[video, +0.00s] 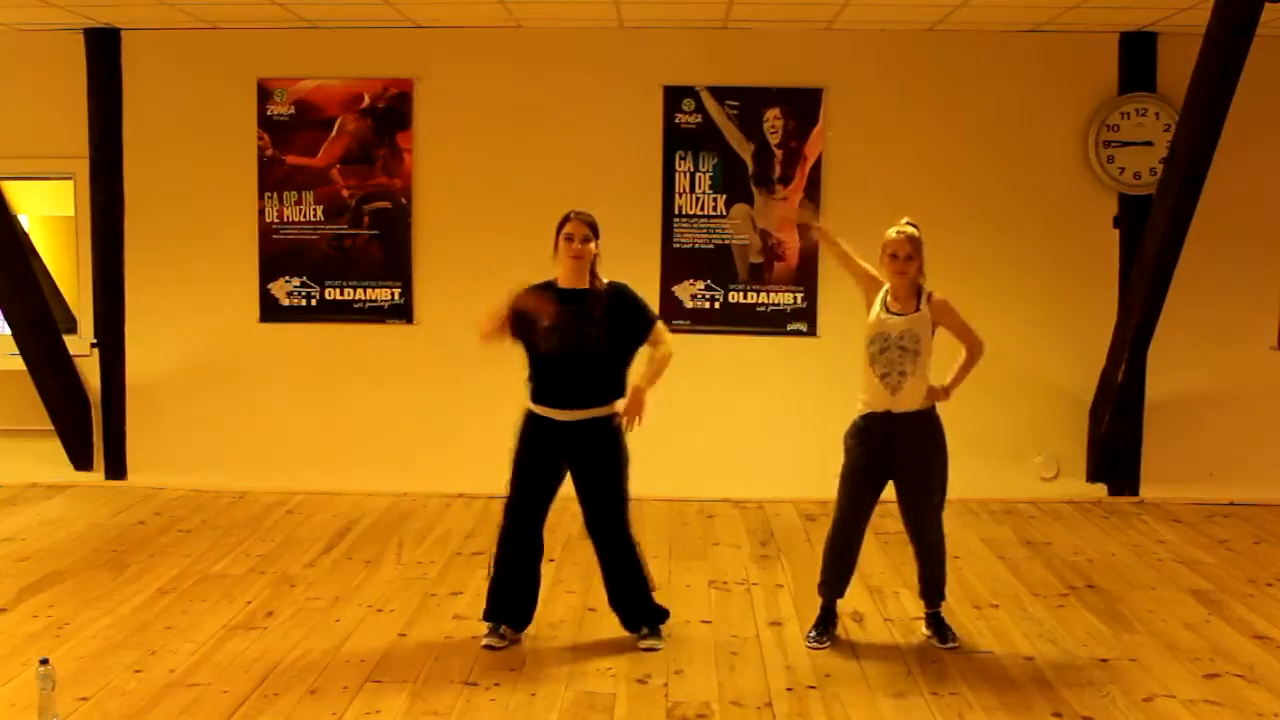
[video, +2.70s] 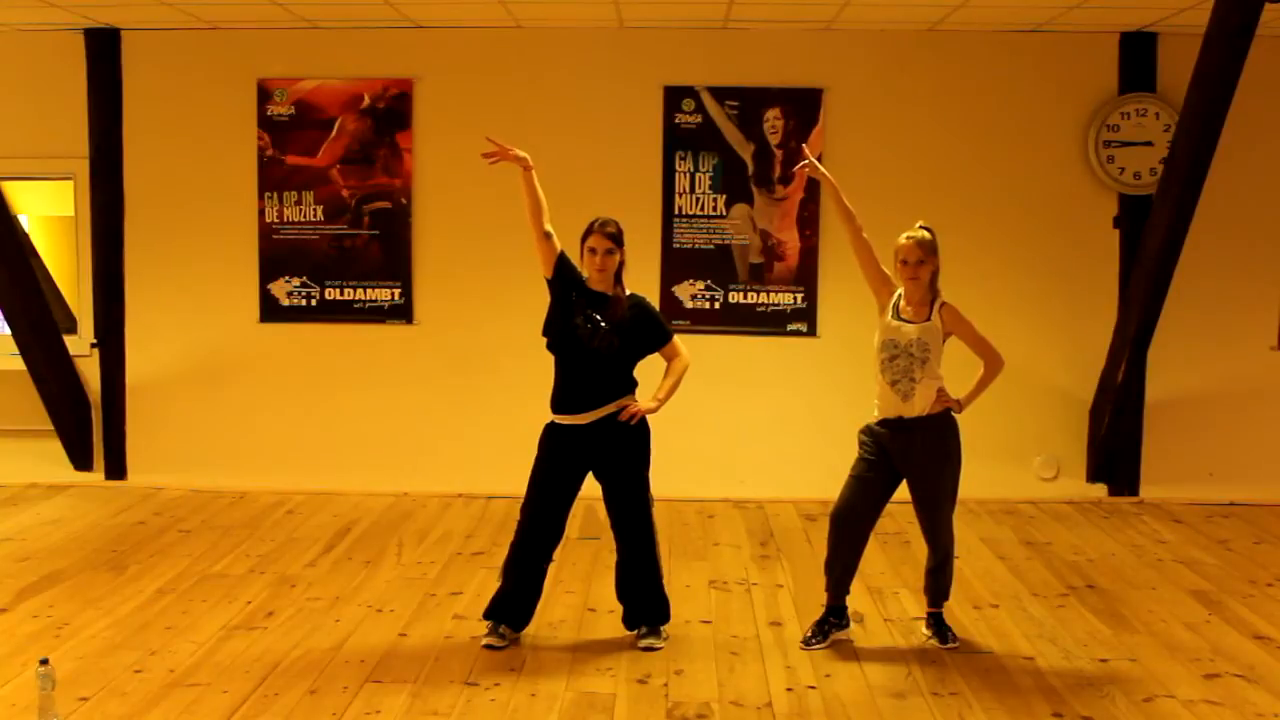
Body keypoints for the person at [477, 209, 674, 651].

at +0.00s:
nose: (578, 244)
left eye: (586, 239)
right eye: (569, 238)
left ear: (597, 249)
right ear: (556, 246)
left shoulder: (619, 300)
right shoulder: (532, 300)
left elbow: (664, 346)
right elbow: (489, 336)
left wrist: (641, 390)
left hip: (599, 430)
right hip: (543, 428)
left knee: (611, 527)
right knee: (520, 523)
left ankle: (643, 620)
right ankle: (505, 620)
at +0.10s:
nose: (583, 247)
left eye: (591, 241)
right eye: (574, 240)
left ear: (602, 249)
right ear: (561, 247)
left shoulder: (623, 302)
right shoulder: (541, 293)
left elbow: (672, 346)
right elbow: (484, 288)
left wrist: (647, 394)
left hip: (612, 428)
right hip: (558, 432)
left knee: (624, 529)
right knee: (527, 525)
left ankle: (646, 621)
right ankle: (505, 620)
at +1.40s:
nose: (596, 260)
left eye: (605, 254)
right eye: (590, 252)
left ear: (619, 259)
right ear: (580, 255)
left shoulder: (635, 309)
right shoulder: (564, 290)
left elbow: (679, 360)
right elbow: (538, 229)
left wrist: (653, 401)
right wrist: (520, 169)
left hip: (620, 432)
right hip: (563, 434)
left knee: (634, 529)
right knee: (535, 528)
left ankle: (649, 620)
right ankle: (506, 620)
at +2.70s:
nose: (598, 258)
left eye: (607, 252)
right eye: (592, 251)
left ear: (621, 258)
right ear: (582, 254)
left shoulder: (636, 310)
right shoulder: (566, 289)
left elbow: (679, 360)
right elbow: (542, 229)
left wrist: (654, 401)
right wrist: (526, 168)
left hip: (621, 432)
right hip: (565, 434)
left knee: (634, 529)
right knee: (536, 527)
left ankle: (649, 620)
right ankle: (506, 620)